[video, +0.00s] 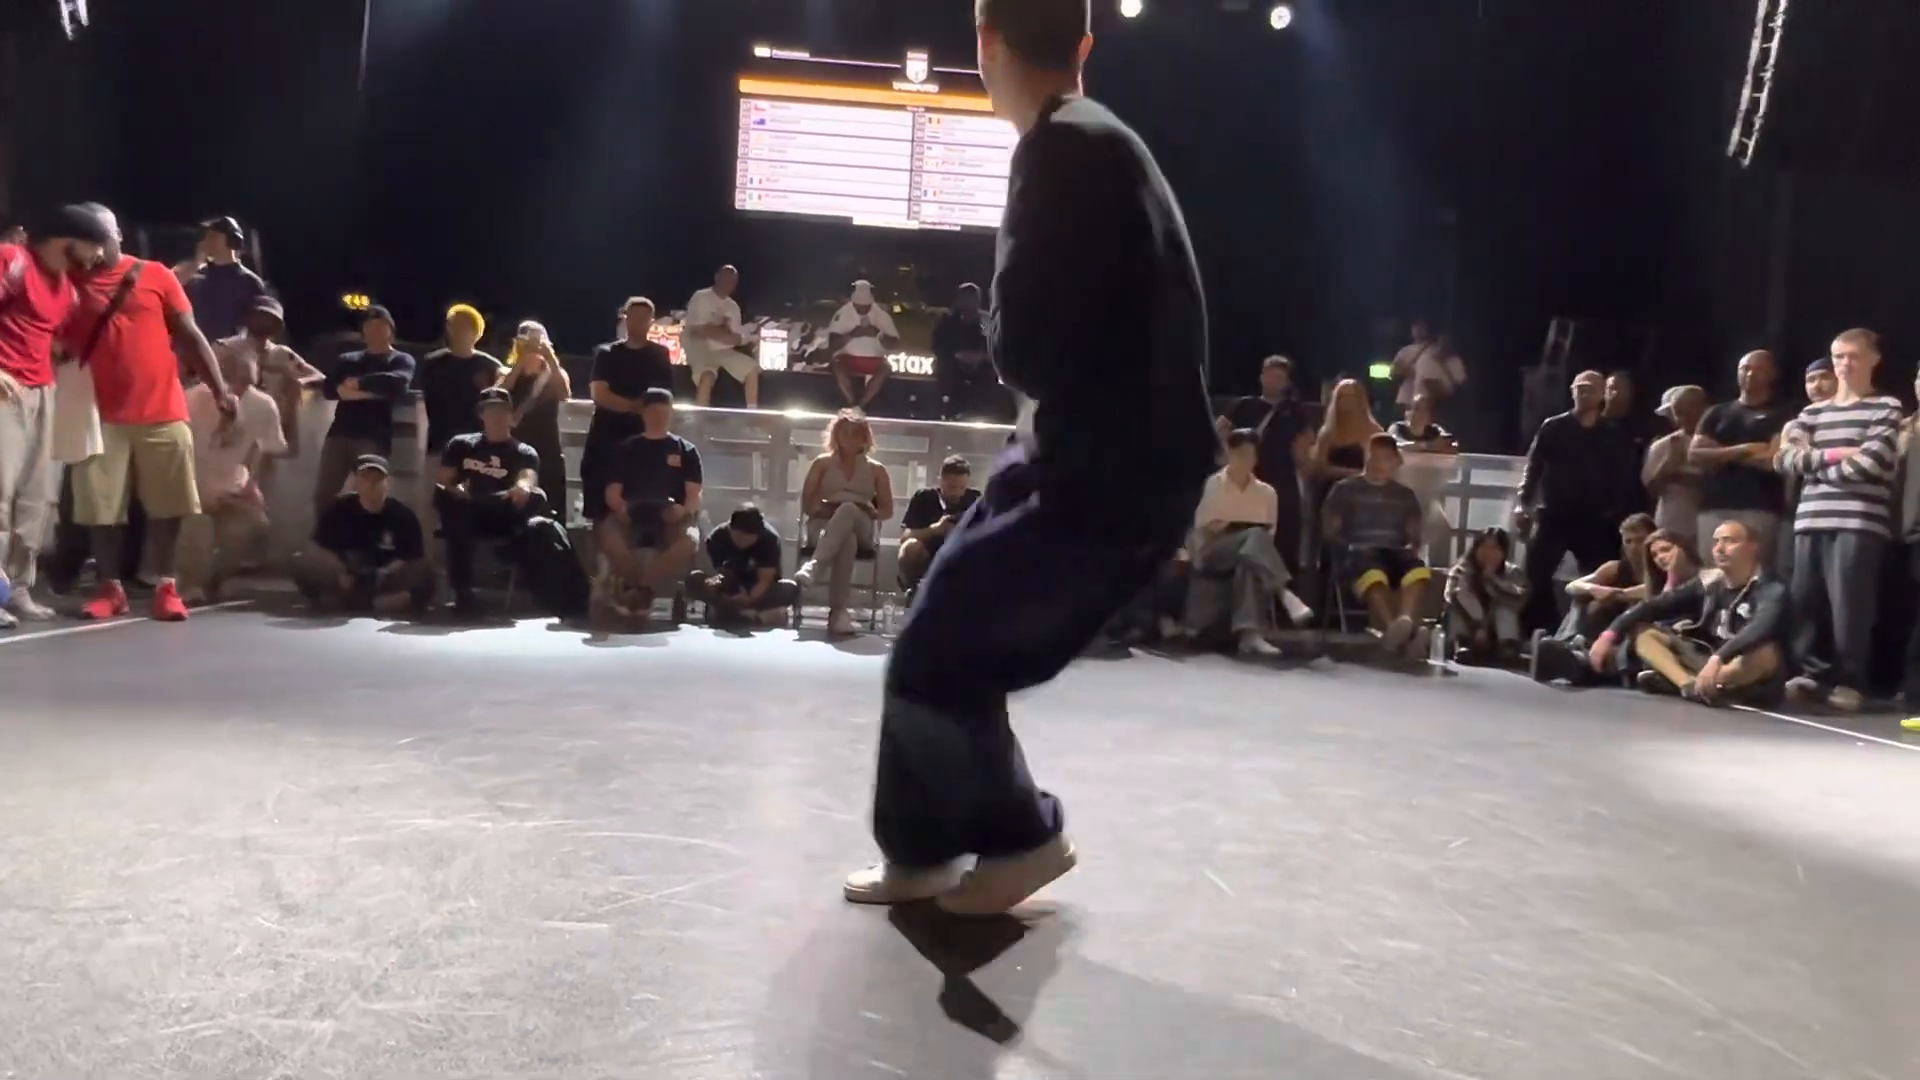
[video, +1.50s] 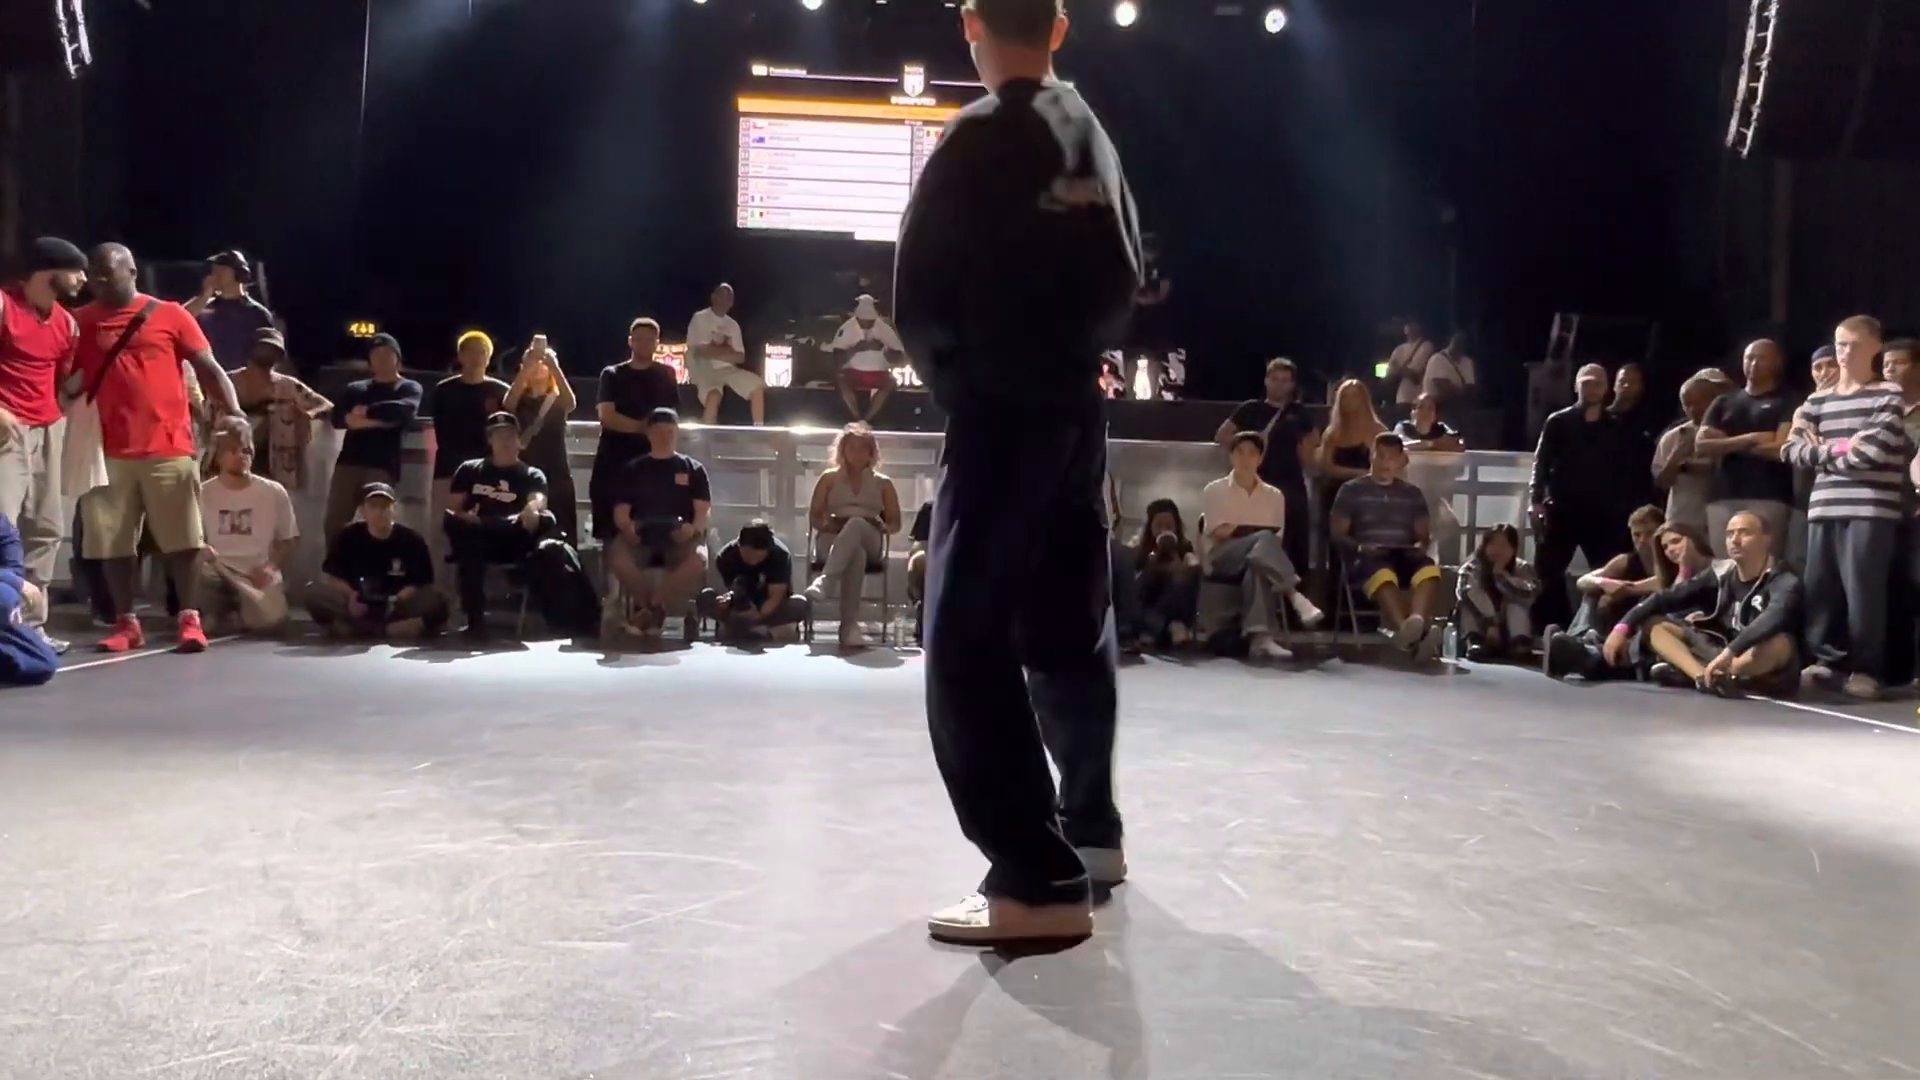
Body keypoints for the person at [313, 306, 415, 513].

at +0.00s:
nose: (376, 330)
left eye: (381, 325)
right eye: (371, 325)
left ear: (390, 331)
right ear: (363, 331)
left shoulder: (402, 360)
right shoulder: (348, 359)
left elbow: (397, 384)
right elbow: (329, 390)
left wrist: (357, 382)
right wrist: (372, 392)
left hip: (374, 437)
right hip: (341, 434)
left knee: (370, 498)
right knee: (324, 496)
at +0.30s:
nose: (370, 329)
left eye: (375, 324)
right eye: (365, 324)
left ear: (385, 329)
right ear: (358, 330)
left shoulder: (398, 359)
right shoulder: (342, 358)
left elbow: (393, 383)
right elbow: (324, 387)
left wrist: (353, 382)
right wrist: (365, 392)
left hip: (369, 436)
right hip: (336, 434)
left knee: (366, 496)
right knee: (320, 496)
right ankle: (320, 545)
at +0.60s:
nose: (374, 344)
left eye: (379, 338)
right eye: (369, 339)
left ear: (389, 344)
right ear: (362, 344)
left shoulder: (402, 373)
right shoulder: (347, 372)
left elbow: (398, 397)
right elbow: (328, 403)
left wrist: (358, 397)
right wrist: (371, 405)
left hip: (374, 449)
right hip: (342, 446)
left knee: (368, 509)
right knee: (326, 507)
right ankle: (325, 555)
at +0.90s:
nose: (376, 356)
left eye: (382, 351)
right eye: (372, 351)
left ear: (393, 356)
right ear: (366, 356)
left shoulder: (406, 384)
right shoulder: (352, 384)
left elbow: (401, 408)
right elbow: (333, 416)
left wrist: (361, 408)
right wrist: (376, 418)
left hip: (377, 462)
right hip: (345, 460)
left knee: (373, 523)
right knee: (330, 521)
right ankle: (329, 571)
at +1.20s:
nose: (379, 358)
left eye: (384, 352)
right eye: (374, 353)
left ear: (394, 358)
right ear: (367, 359)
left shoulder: (407, 387)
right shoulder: (353, 387)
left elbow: (401, 411)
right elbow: (334, 418)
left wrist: (361, 410)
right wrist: (378, 420)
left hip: (380, 464)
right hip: (347, 461)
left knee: (374, 525)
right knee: (331, 522)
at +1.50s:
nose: (382, 359)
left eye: (387, 354)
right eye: (377, 354)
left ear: (397, 359)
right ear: (370, 360)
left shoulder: (410, 388)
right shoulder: (355, 388)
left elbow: (403, 413)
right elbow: (338, 419)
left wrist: (365, 411)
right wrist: (379, 422)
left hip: (382, 466)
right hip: (349, 464)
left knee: (377, 526)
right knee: (334, 523)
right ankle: (332, 572)